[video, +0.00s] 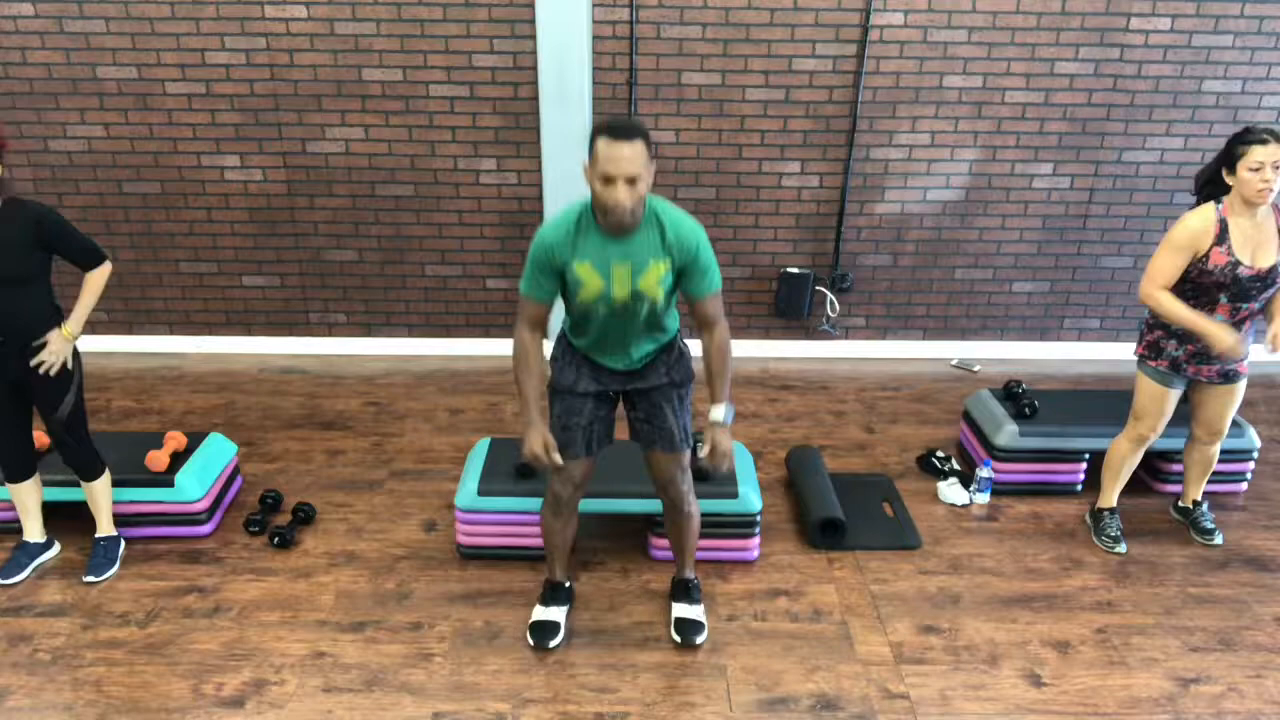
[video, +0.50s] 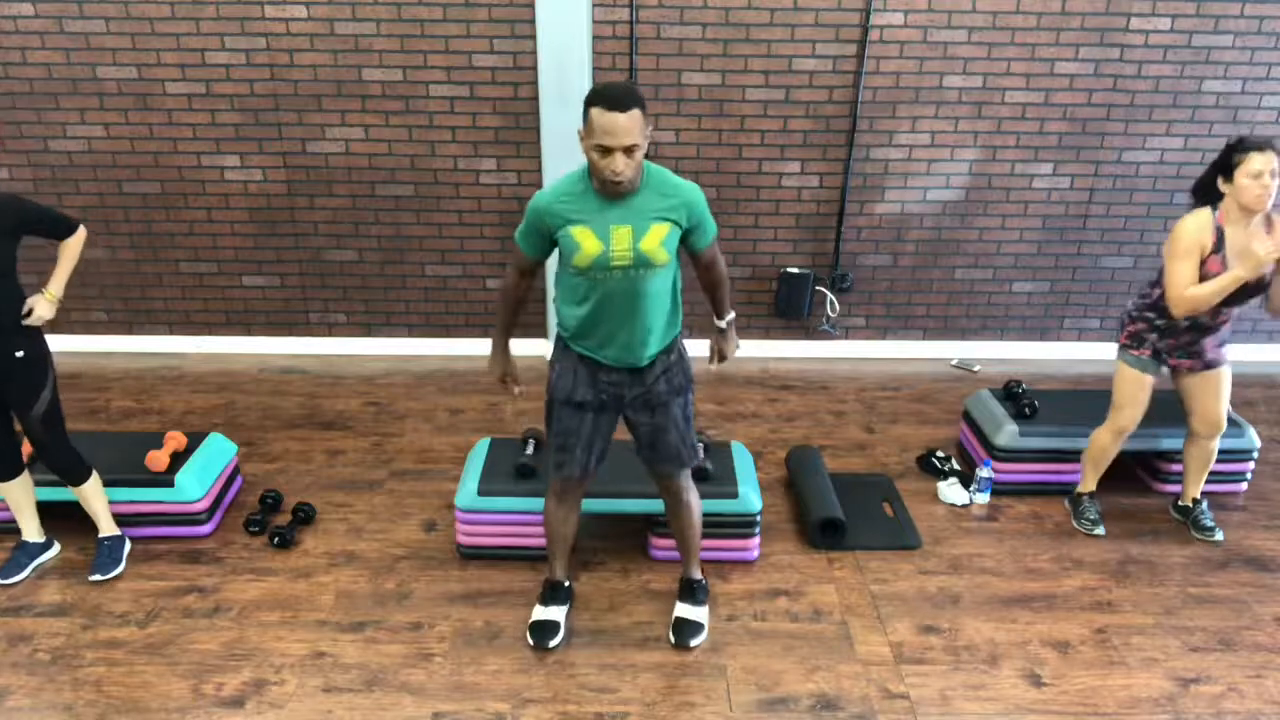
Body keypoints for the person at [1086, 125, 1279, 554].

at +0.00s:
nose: (1268, 177)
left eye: (1274, 167)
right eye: (1256, 168)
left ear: (1279, 172)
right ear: (1231, 174)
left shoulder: (1274, 220)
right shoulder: (1200, 223)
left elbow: (1272, 278)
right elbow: (1151, 289)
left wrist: (1276, 319)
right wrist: (1212, 329)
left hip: (1231, 344)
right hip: (1173, 337)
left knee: (1210, 435)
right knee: (1142, 430)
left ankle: (1190, 503)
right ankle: (1104, 509)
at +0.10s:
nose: (1271, 175)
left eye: (1276, 165)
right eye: (1259, 166)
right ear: (1234, 173)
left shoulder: (1277, 224)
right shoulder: (1203, 221)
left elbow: (1273, 297)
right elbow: (1158, 289)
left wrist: (1266, 318)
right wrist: (1220, 310)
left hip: (1232, 345)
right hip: (1175, 338)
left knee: (1210, 435)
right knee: (1142, 428)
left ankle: (1191, 503)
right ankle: (1104, 508)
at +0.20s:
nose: (1273, 171)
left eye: (1278, 162)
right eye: (1262, 162)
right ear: (1236, 171)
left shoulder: (1275, 222)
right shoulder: (1204, 220)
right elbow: (1171, 292)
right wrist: (1243, 288)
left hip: (1234, 345)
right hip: (1177, 338)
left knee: (1211, 434)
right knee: (1141, 427)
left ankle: (1191, 504)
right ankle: (1102, 505)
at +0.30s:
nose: (1273, 169)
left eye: (1278, 161)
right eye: (1262, 161)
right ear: (1235, 170)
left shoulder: (1276, 218)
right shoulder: (1203, 217)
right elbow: (1182, 291)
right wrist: (1251, 270)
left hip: (1231, 338)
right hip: (1178, 332)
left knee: (1211, 431)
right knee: (1139, 424)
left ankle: (1191, 503)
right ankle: (1093, 495)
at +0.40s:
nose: (1271, 172)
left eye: (1276, 163)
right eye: (1259, 164)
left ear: (1279, 170)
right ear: (1231, 172)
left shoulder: (1273, 219)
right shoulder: (1200, 219)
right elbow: (1184, 293)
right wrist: (1249, 264)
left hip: (1222, 334)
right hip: (1169, 328)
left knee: (1208, 429)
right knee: (1131, 421)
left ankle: (1190, 502)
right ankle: (1084, 492)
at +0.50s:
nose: (1268, 185)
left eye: (1273, 176)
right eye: (1256, 176)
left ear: (1277, 183)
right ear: (1225, 185)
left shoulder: (1271, 230)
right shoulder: (1193, 228)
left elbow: (1274, 306)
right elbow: (1180, 303)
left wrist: (1279, 264)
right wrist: (1243, 271)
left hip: (1205, 332)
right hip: (1152, 327)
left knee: (1210, 424)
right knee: (1124, 419)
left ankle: (1189, 501)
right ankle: (1083, 492)